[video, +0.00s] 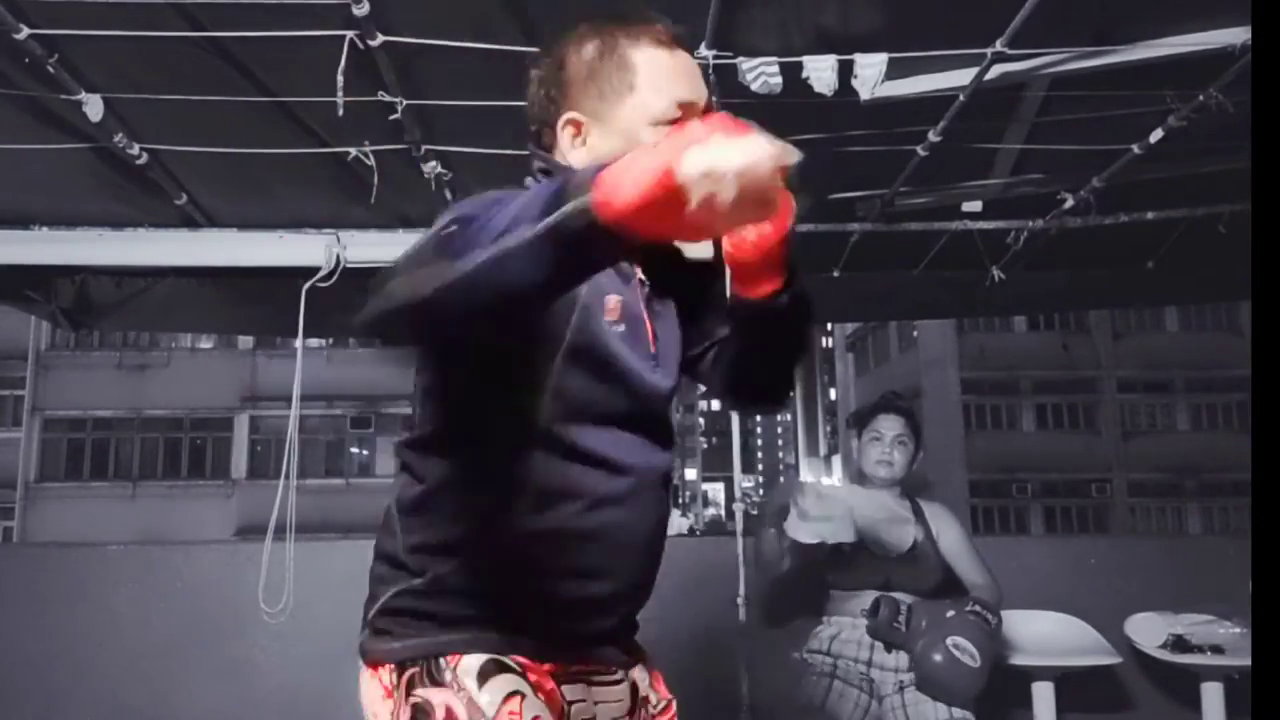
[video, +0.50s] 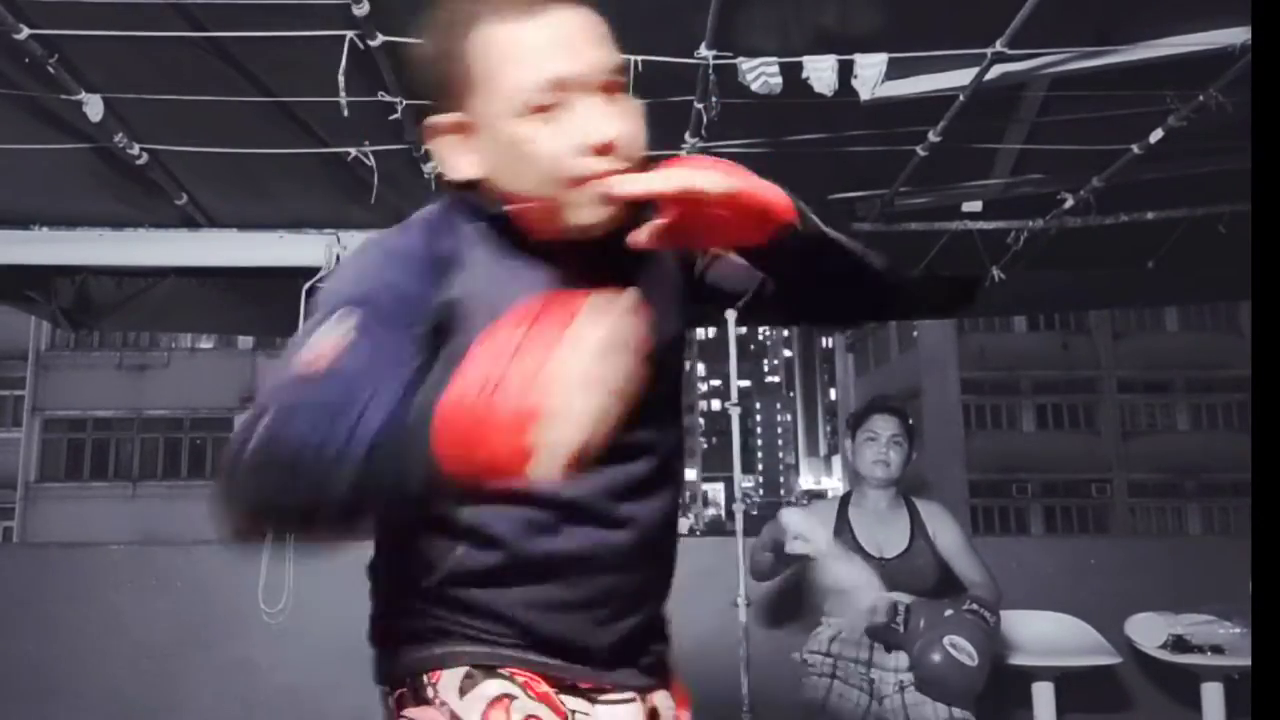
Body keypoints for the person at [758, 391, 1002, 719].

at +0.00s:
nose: (887, 450)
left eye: (900, 443)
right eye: (875, 439)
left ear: (914, 457)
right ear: (855, 448)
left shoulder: (934, 516)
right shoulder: (827, 506)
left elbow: (984, 586)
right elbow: (771, 570)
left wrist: (976, 619)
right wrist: (770, 517)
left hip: (920, 664)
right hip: (840, 659)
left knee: (938, 715)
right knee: (837, 710)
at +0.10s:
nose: (887, 451)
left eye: (900, 443)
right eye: (875, 440)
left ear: (915, 458)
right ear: (856, 448)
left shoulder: (936, 518)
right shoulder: (823, 516)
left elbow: (984, 588)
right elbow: (776, 581)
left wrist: (971, 618)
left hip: (922, 668)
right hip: (840, 664)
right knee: (830, 709)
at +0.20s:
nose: (887, 451)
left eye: (900, 443)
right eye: (875, 440)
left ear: (914, 456)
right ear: (855, 449)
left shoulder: (933, 516)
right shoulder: (828, 509)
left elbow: (985, 588)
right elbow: (773, 575)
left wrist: (974, 617)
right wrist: (769, 523)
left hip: (920, 665)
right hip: (839, 660)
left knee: (939, 715)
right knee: (829, 712)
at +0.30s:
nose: (887, 451)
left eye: (899, 443)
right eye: (874, 440)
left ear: (912, 456)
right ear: (853, 450)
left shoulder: (934, 516)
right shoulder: (822, 515)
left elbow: (985, 587)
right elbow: (763, 572)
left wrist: (976, 612)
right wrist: (776, 552)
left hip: (920, 664)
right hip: (838, 661)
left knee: (936, 715)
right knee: (821, 712)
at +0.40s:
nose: (885, 451)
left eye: (897, 443)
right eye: (873, 440)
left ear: (911, 456)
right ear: (851, 451)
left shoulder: (932, 517)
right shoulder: (823, 516)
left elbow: (984, 588)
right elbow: (780, 584)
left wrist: (975, 618)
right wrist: (763, 541)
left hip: (920, 664)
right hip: (838, 662)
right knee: (829, 712)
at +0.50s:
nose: (883, 450)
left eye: (895, 443)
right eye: (871, 439)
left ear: (909, 456)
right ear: (850, 450)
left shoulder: (932, 516)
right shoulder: (818, 517)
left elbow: (985, 588)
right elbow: (760, 574)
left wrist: (974, 617)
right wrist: (770, 540)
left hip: (923, 671)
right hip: (841, 670)